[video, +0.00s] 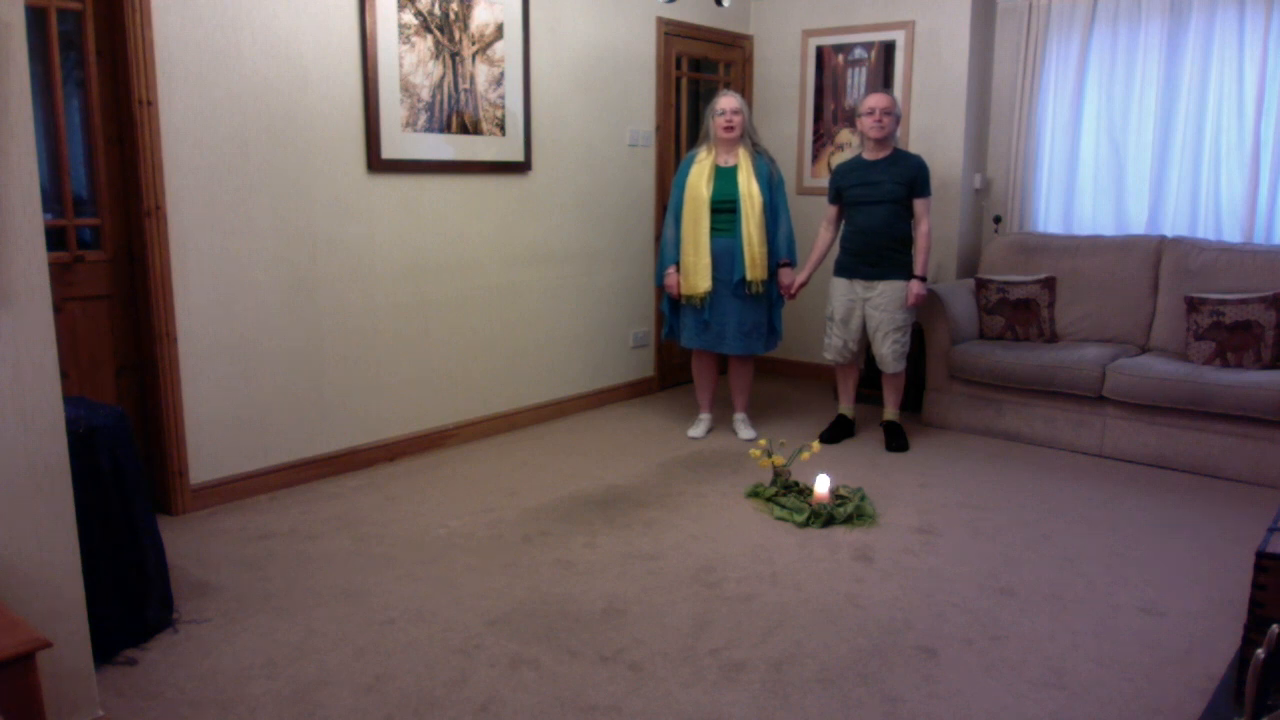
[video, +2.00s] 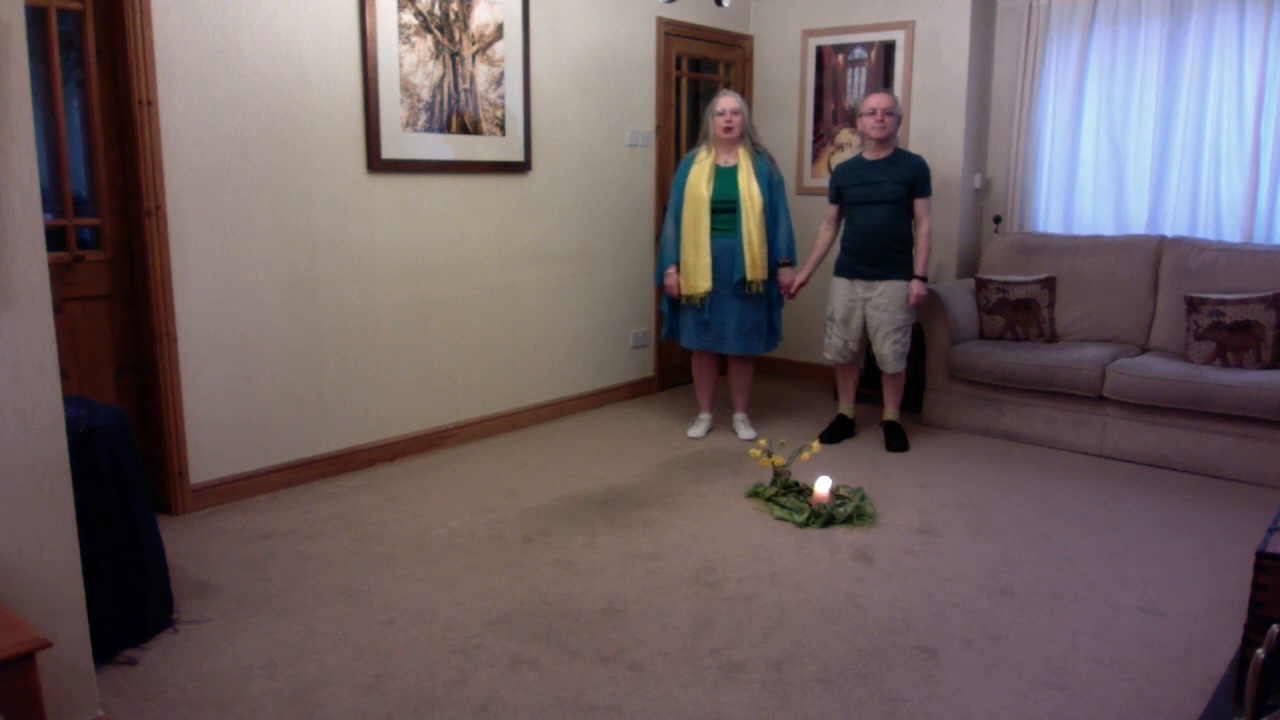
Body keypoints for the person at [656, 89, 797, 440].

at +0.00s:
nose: (728, 119)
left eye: (735, 113)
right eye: (721, 113)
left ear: (746, 119)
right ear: (710, 121)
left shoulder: (762, 164)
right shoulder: (692, 163)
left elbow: (779, 216)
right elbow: (674, 218)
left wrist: (785, 264)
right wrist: (670, 266)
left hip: (748, 268)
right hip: (700, 269)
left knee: (743, 344)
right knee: (702, 343)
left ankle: (741, 414)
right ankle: (704, 413)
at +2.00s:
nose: (728, 119)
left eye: (735, 113)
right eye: (721, 114)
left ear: (745, 119)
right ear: (710, 120)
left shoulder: (762, 163)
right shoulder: (692, 163)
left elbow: (779, 215)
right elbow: (674, 218)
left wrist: (784, 264)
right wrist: (670, 266)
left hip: (748, 267)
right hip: (700, 268)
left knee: (742, 344)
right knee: (702, 343)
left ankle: (741, 415)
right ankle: (704, 413)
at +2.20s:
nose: (729, 119)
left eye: (735, 113)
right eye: (721, 114)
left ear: (745, 119)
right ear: (710, 120)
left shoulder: (762, 163)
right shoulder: (692, 163)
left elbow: (779, 216)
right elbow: (674, 218)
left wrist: (784, 264)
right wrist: (670, 266)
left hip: (748, 268)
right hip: (700, 268)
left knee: (742, 344)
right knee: (702, 343)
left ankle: (741, 415)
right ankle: (704, 413)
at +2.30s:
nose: (729, 119)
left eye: (736, 113)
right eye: (721, 114)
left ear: (746, 119)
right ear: (710, 120)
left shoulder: (762, 164)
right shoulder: (692, 163)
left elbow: (779, 215)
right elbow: (674, 218)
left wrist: (784, 264)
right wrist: (670, 267)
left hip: (749, 268)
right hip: (700, 268)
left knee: (742, 344)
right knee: (702, 343)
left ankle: (741, 415)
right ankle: (704, 413)